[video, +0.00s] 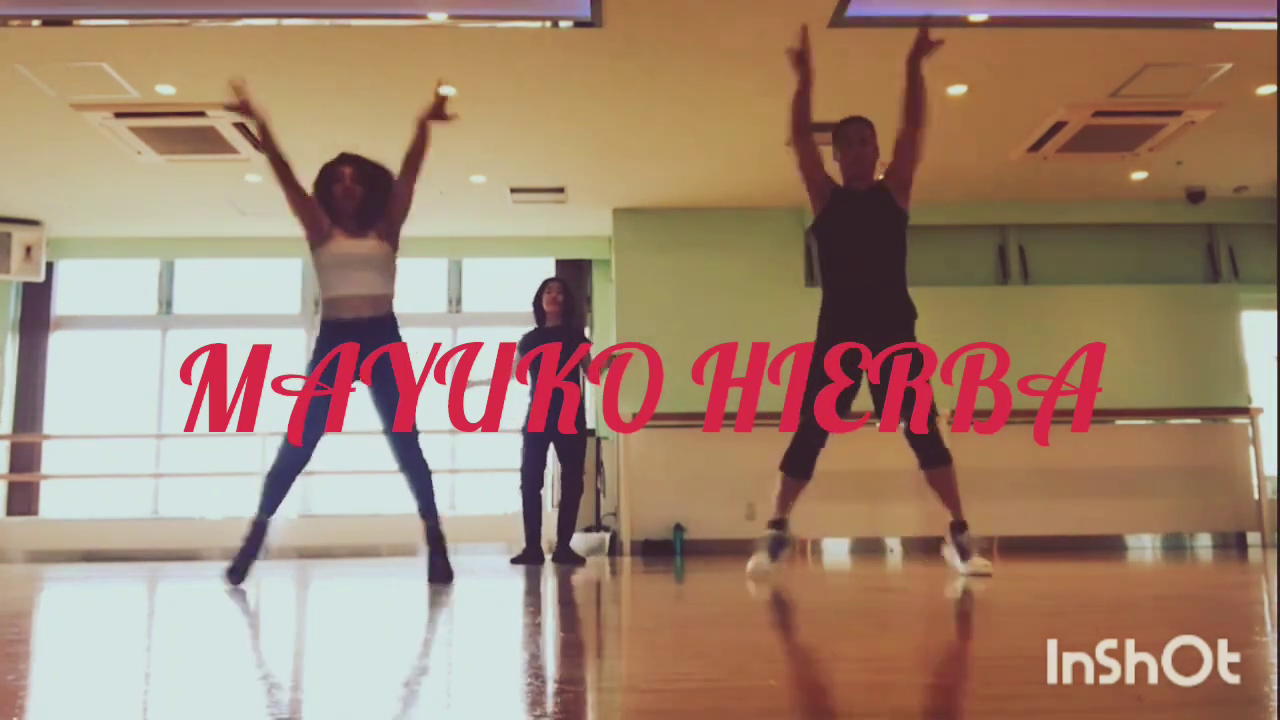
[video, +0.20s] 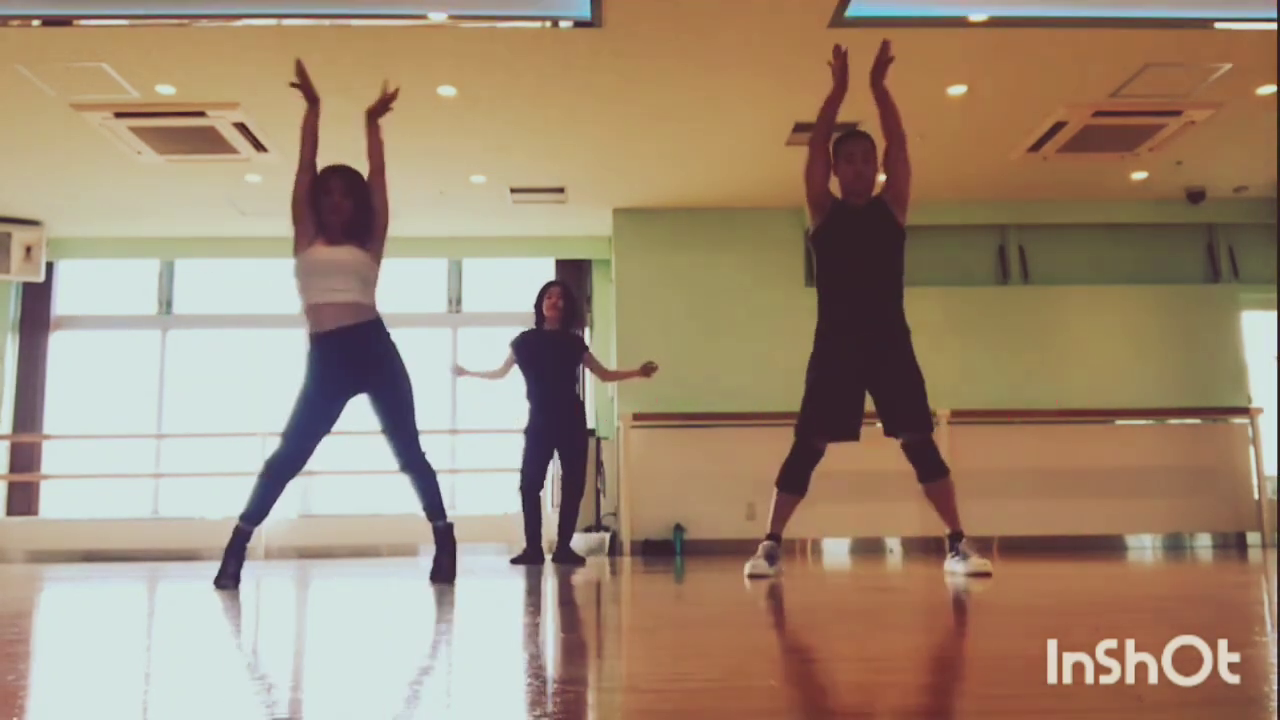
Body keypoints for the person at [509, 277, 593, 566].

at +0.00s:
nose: (554, 297)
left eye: (560, 292)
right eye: (549, 292)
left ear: (568, 300)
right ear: (540, 300)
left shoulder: (578, 338)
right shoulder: (530, 338)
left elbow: (593, 376)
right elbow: (520, 376)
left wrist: (600, 361)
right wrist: (524, 357)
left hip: (571, 418)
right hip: (538, 417)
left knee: (573, 483)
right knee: (530, 483)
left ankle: (563, 547)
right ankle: (532, 547)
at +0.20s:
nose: (555, 302)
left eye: (561, 298)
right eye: (549, 297)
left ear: (567, 305)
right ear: (540, 303)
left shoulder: (574, 342)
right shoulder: (525, 340)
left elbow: (604, 375)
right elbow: (500, 373)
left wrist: (638, 373)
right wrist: (467, 373)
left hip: (573, 423)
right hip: (540, 423)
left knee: (574, 488)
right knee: (529, 487)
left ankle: (563, 548)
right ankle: (533, 549)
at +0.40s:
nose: (552, 304)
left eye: (558, 299)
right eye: (547, 299)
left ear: (567, 306)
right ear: (539, 307)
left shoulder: (579, 343)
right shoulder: (530, 346)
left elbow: (603, 376)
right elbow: (498, 375)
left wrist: (634, 376)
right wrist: (462, 371)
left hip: (569, 425)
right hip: (536, 425)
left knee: (572, 487)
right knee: (524, 486)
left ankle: (562, 548)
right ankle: (532, 548)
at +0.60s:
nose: (553, 304)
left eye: (559, 299)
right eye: (548, 300)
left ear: (568, 307)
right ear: (540, 307)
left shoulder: (576, 345)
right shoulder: (531, 345)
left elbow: (597, 383)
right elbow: (507, 380)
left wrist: (624, 379)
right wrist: (469, 381)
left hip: (571, 426)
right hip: (538, 425)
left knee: (578, 488)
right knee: (526, 486)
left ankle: (563, 548)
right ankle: (532, 548)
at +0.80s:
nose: (554, 304)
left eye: (560, 300)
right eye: (549, 300)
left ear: (568, 309)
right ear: (540, 308)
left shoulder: (576, 345)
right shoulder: (528, 346)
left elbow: (596, 383)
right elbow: (501, 377)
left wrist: (622, 385)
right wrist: (466, 378)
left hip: (569, 427)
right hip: (536, 426)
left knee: (574, 488)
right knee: (522, 489)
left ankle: (563, 548)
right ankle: (532, 549)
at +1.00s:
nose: (552, 304)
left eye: (558, 300)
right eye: (547, 301)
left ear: (566, 307)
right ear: (540, 309)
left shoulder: (580, 342)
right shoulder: (534, 348)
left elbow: (602, 377)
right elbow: (501, 378)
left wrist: (637, 382)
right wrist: (462, 382)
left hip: (565, 423)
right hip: (533, 423)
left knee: (573, 488)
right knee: (521, 484)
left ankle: (562, 548)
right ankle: (532, 548)